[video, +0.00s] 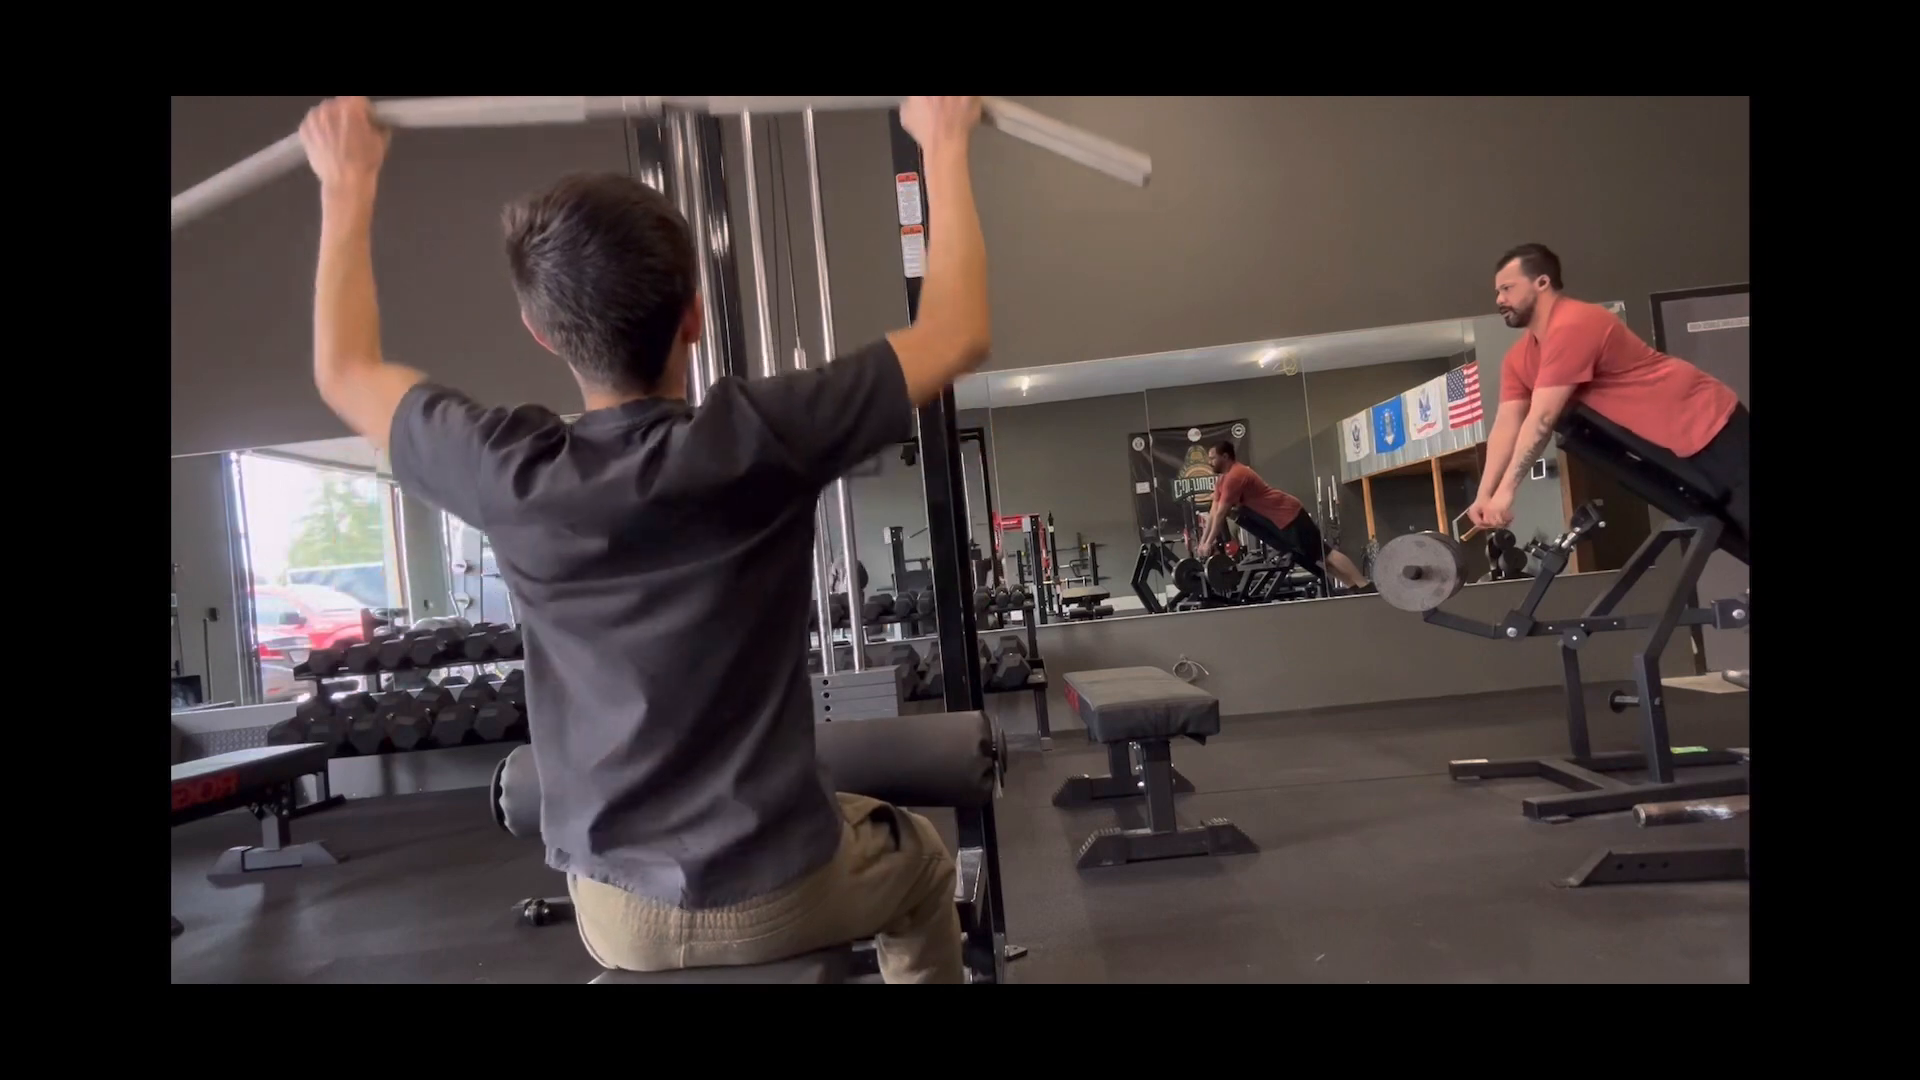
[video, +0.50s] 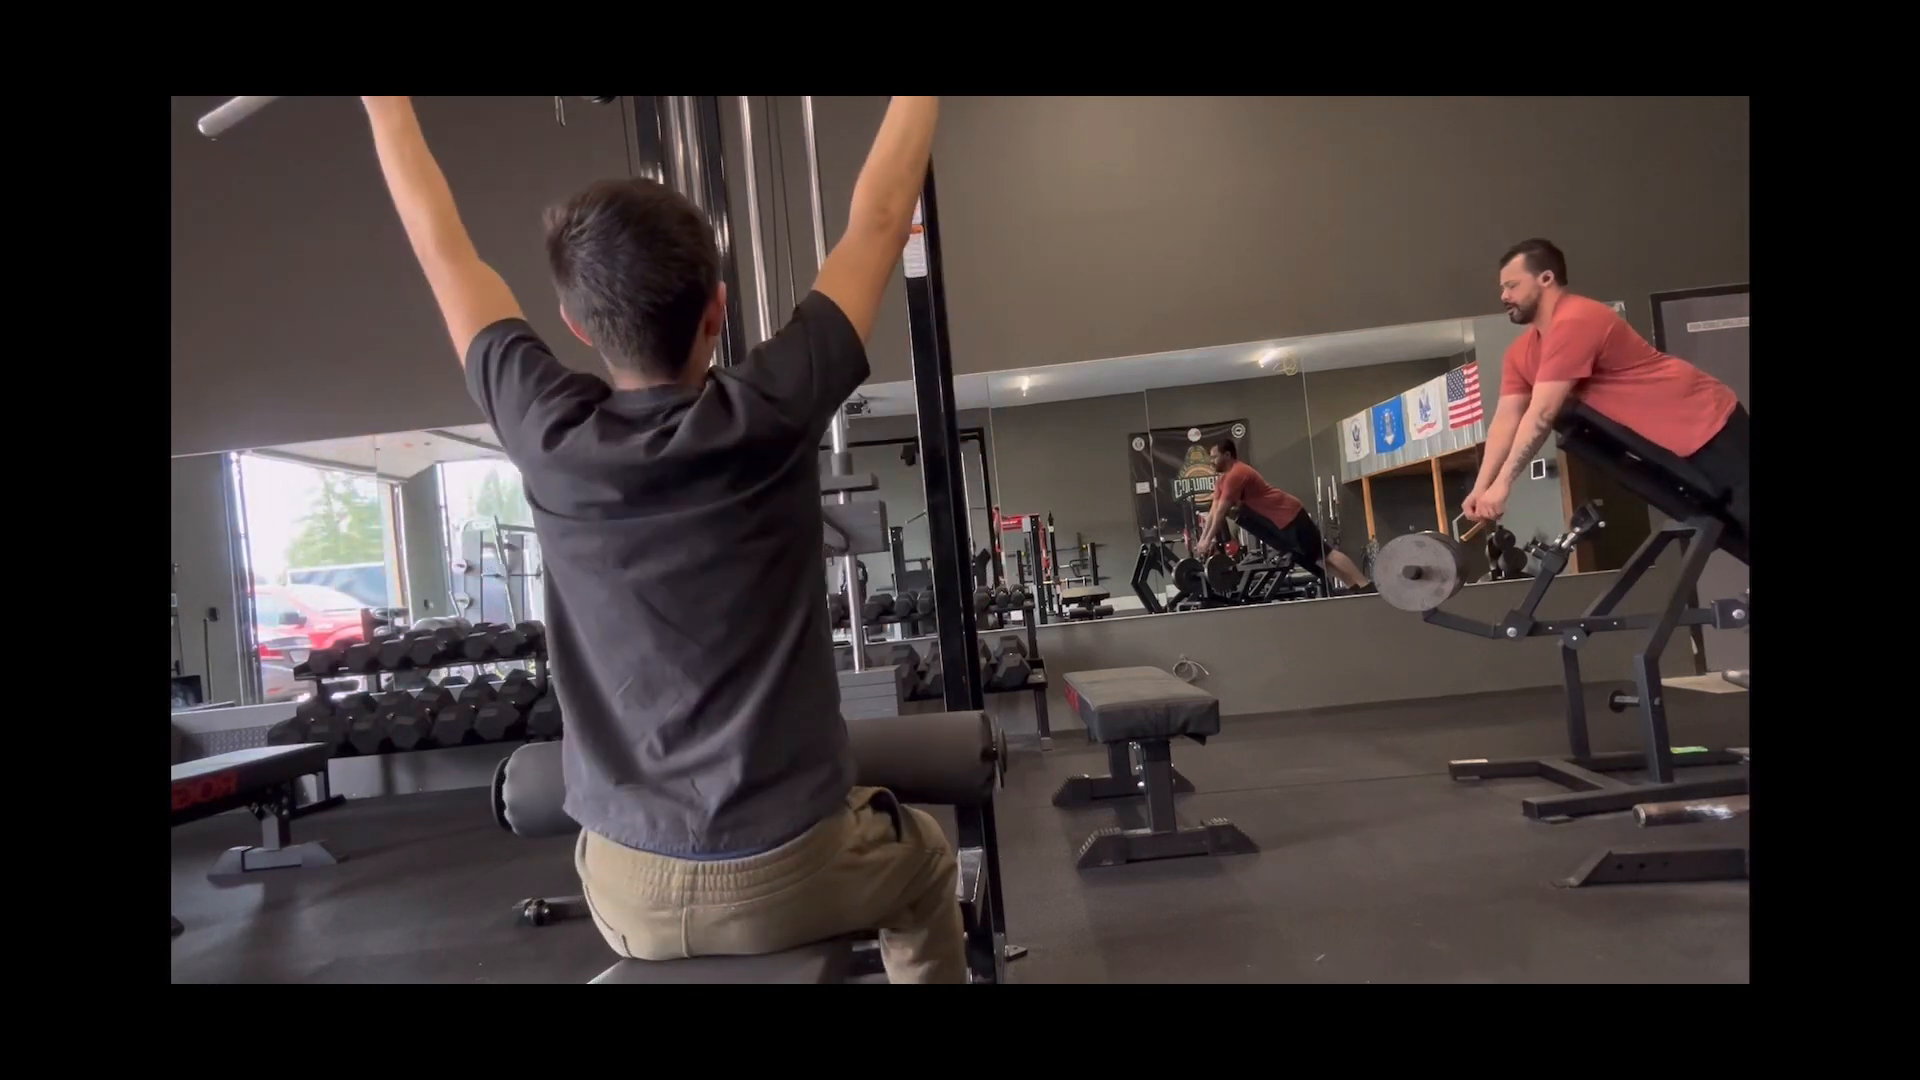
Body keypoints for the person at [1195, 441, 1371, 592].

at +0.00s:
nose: (1209, 461)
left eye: (1212, 457)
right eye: (1209, 458)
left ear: (1225, 456)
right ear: (1221, 458)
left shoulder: (1236, 475)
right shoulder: (1221, 480)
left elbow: (1222, 512)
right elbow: (1213, 512)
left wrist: (1210, 542)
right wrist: (1204, 541)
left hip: (1291, 513)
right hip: (1279, 523)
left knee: (1325, 552)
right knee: (1317, 560)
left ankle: (1363, 584)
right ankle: (1353, 586)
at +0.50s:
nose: (1211, 460)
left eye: (1214, 456)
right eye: (1211, 456)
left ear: (1227, 455)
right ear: (1223, 456)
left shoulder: (1237, 473)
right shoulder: (1222, 479)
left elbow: (1222, 509)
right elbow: (1213, 509)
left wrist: (1209, 538)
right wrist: (1204, 538)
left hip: (1291, 513)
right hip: (1280, 522)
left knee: (1326, 552)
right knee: (1319, 558)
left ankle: (1364, 584)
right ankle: (1353, 586)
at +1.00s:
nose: (1211, 463)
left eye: (1213, 458)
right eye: (1209, 460)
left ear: (1225, 455)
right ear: (1218, 458)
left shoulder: (1237, 473)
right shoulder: (1222, 480)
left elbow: (1222, 510)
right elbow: (1213, 510)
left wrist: (1210, 540)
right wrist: (1204, 539)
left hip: (1291, 514)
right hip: (1279, 523)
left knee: (1325, 552)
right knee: (1319, 559)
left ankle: (1365, 584)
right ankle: (1353, 585)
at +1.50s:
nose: (1215, 464)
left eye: (1217, 459)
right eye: (1211, 462)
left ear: (1226, 456)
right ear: (1209, 466)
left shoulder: (1237, 473)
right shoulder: (1220, 484)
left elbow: (1226, 511)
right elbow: (1215, 512)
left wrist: (1214, 542)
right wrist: (1207, 540)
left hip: (1289, 514)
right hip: (1279, 525)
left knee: (1324, 550)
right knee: (1317, 558)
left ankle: (1368, 579)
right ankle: (1355, 583)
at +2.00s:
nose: (1216, 466)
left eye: (1219, 461)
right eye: (1212, 464)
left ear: (1226, 458)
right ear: (1210, 467)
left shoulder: (1237, 475)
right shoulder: (1220, 482)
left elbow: (1224, 512)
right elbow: (1214, 512)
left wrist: (1211, 540)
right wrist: (1206, 539)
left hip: (1290, 514)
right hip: (1279, 525)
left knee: (1326, 551)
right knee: (1319, 558)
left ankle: (1370, 578)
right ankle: (1356, 583)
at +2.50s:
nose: (1217, 465)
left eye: (1219, 460)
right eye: (1212, 464)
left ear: (1226, 457)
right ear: (1210, 468)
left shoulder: (1238, 474)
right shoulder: (1219, 484)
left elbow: (1226, 511)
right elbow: (1216, 512)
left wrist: (1213, 542)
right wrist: (1207, 540)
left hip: (1290, 513)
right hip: (1279, 525)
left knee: (1325, 550)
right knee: (1318, 558)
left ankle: (1368, 582)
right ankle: (1355, 584)